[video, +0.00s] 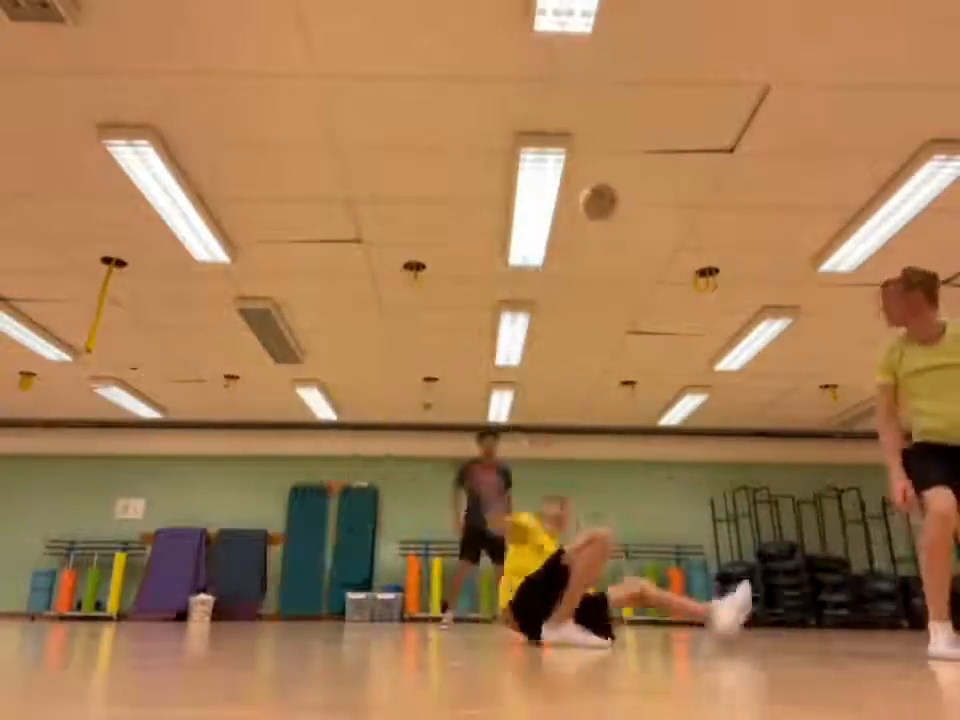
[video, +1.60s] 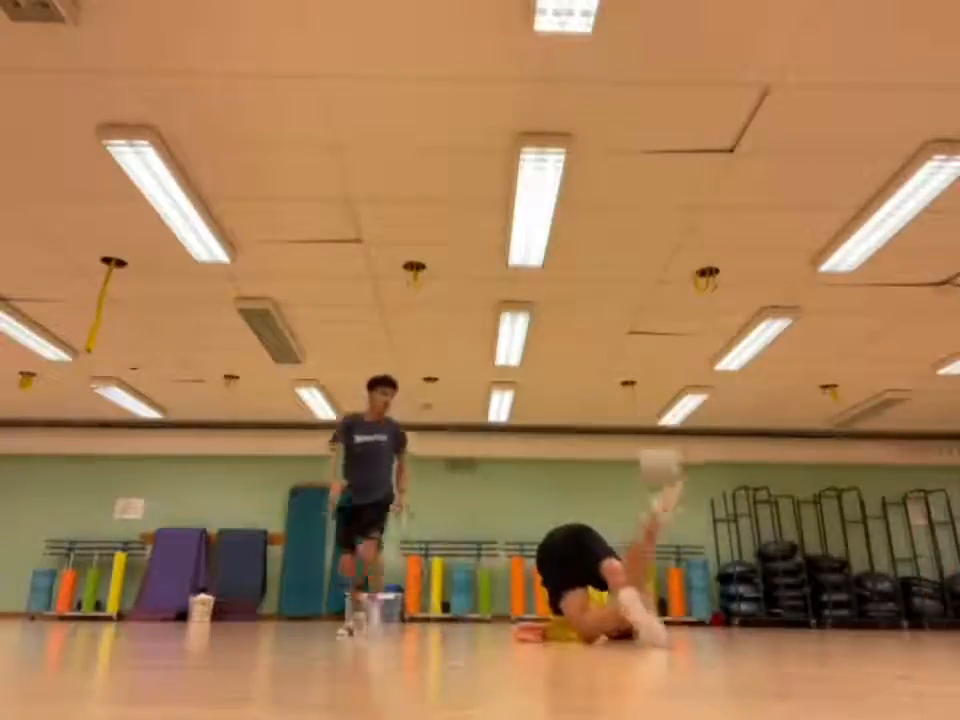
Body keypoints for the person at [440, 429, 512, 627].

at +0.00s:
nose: (489, 450)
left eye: (492, 445)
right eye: (486, 445)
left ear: (497, 446)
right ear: (479, 446)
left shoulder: (503, 470)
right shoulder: (468, 469)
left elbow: (508, 496)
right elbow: (456, 494)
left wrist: (508, 519)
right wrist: (457, 519)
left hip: (497, 522)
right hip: (474, 522)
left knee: (502, 569)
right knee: (464, 567)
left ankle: (505, 610)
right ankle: (450, 609)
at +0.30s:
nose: (468, 445)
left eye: (471, 441)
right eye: (465, 441)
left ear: (475, 444)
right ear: (458, 443)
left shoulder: (482, 470)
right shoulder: (447, 467)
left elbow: (488, 500)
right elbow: (434, 491)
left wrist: (490, 526)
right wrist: (428, 513)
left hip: (475, 525)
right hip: (451, 525)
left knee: (487, 568)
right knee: (448, 568)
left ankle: (495, 610)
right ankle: (448, 611)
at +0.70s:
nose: (452, 445)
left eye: (455, 440)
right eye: (448, 440)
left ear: (460, 443)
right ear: (442, 442)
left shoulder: (466, 468)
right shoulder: (429, 465)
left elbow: (472, 494)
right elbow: (415, 486)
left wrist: (471, 519)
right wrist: (414, 508)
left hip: (459, 523)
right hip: (435, 524)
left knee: (460, 563)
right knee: (439, 570)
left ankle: (456, 610)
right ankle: (444, 612)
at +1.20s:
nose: (439, 437)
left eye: (443, 432)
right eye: (435, 431)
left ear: (445, 435)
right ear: (425, 432)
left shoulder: (444, 465)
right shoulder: (405, 457)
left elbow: (449, 496)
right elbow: (388, 482)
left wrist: (447, 524)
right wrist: (387, 514)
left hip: (432, 523)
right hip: (406, 522)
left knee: (437, 568)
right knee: (406, 566)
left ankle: (434, 613)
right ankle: (412, 598)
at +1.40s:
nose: (409, 413)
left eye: (413, 409)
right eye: (405, 408)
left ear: (416, 412)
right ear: (395, 409)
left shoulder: (419, 441)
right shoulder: (375, 436)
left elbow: (427, 472)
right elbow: (350, 462)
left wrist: (426, 504)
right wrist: (334, 492)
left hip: (408, 507)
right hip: (379, 506)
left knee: (415, 558)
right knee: (368, 554)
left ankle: (427, 599)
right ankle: (358, 613)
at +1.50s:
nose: (393, 410)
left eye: (397, 406)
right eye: (389, 405)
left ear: (401, 409)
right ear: (379, 406)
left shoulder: (404, 440)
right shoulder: (359, 437)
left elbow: (413, 472)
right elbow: (335, 460)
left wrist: (412, 503)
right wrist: (329, 486)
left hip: (394, 507)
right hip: (364, 506)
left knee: (393, 559)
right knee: (355, 557)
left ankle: (406, 601)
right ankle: (357, 613)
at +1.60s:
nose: (385, 401)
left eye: (390, 396)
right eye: (381, 394)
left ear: (393, 399)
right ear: (370, 394)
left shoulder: (395, 431)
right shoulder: (349, 424)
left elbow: (401, 465)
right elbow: (334, 452)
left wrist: (401, 494)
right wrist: (334, 480)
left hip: (379, 497)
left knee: (369, 550)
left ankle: (375, 605)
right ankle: (353, 610)